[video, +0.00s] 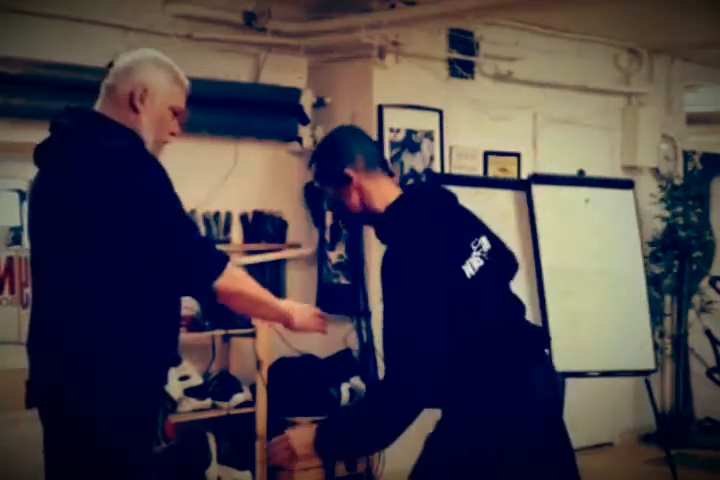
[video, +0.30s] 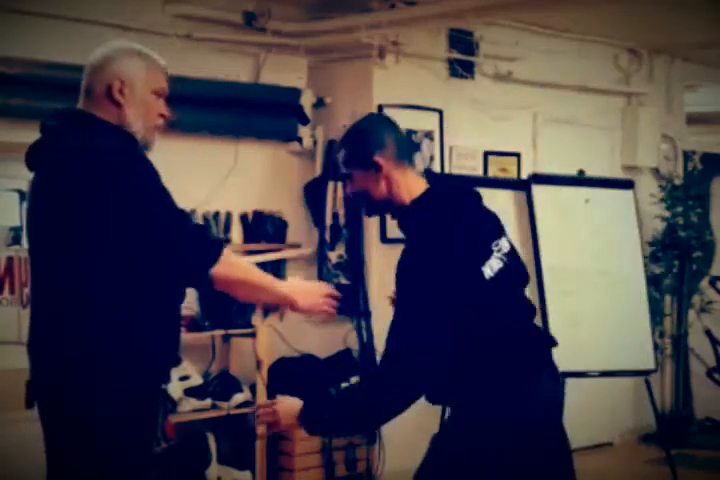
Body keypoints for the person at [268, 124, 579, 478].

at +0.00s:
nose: (336, 210)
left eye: (333, 195)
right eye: (330, 198)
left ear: (353, 179)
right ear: (379, 166)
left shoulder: (407, 248)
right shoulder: (437, 202)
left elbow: (411, 384)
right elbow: (504, 262)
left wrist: (323, 439)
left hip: (483, 405)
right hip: (533, 380)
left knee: (429, 474)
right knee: (555, 475)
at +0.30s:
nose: (354, 193)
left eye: (352, 178)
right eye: (348, 182)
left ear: (380, 166)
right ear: (396, 158)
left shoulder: (429, 246)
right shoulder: (465, 205)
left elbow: (404, 377)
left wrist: (309, 416)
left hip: (485, 411)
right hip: (535, 391)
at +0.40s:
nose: (383, 181)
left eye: (384, 167)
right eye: (380, 170)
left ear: (413, 157)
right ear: (422, 155)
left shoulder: (450, 248)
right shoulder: (492, 207)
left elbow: (410, 359)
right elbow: (504, 305)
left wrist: (312, 407)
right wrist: (434, 303)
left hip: (495, 407)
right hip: (545, 388)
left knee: (445, 472)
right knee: (558, 473)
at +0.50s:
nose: (422, 169)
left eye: (427, 154)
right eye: (420, 156)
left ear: (462, 148)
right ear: (464, 150)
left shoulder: (490, 235)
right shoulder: (521, 203)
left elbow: (425, 340)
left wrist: (332, 407)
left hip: (525, 408)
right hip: (561, 392)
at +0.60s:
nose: (469, 156)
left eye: (475, 143)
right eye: (469, 145)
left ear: (510, 140)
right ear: (512, 140)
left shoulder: (521, 230)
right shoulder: (562, 202)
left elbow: (465, 343)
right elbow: (550, 302)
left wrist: (370, 375)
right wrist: (486, 308)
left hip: (548, 407)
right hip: (587, 392)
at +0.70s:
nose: (502, 147)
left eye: (509, 134)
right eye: (503, 135)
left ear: (546, 135)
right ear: (545, 136)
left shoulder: (558, 206)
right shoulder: (586, 195)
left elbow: (532, 335)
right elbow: (551, 304)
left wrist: (434, 326)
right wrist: (494, 297)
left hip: (568, 400)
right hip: (603, 390)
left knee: (530, 472)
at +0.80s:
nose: (526, 141)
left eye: (534, 127)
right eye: (525, 130)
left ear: (573, 129)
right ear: (570, 132)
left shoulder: (587, 195)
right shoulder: (605, 190)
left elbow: (556, 316)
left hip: (578, 399)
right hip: (604, 394)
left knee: (536, 472)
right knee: (611, 472)